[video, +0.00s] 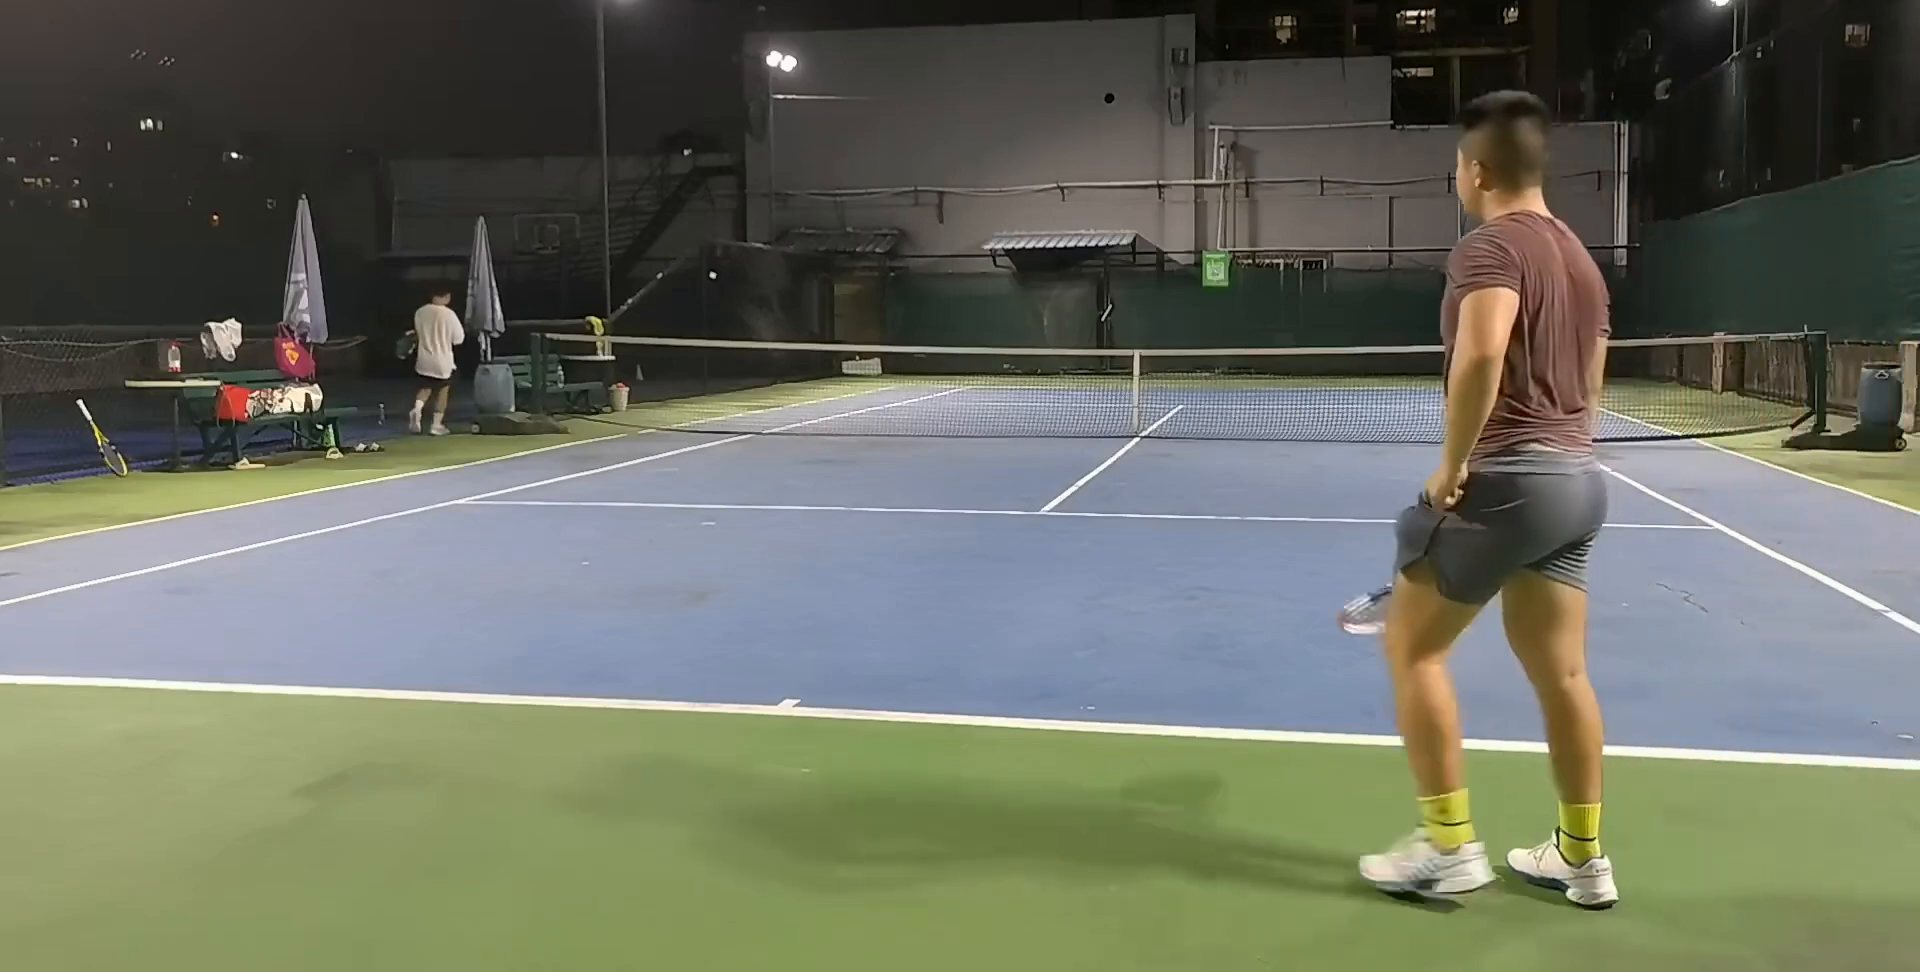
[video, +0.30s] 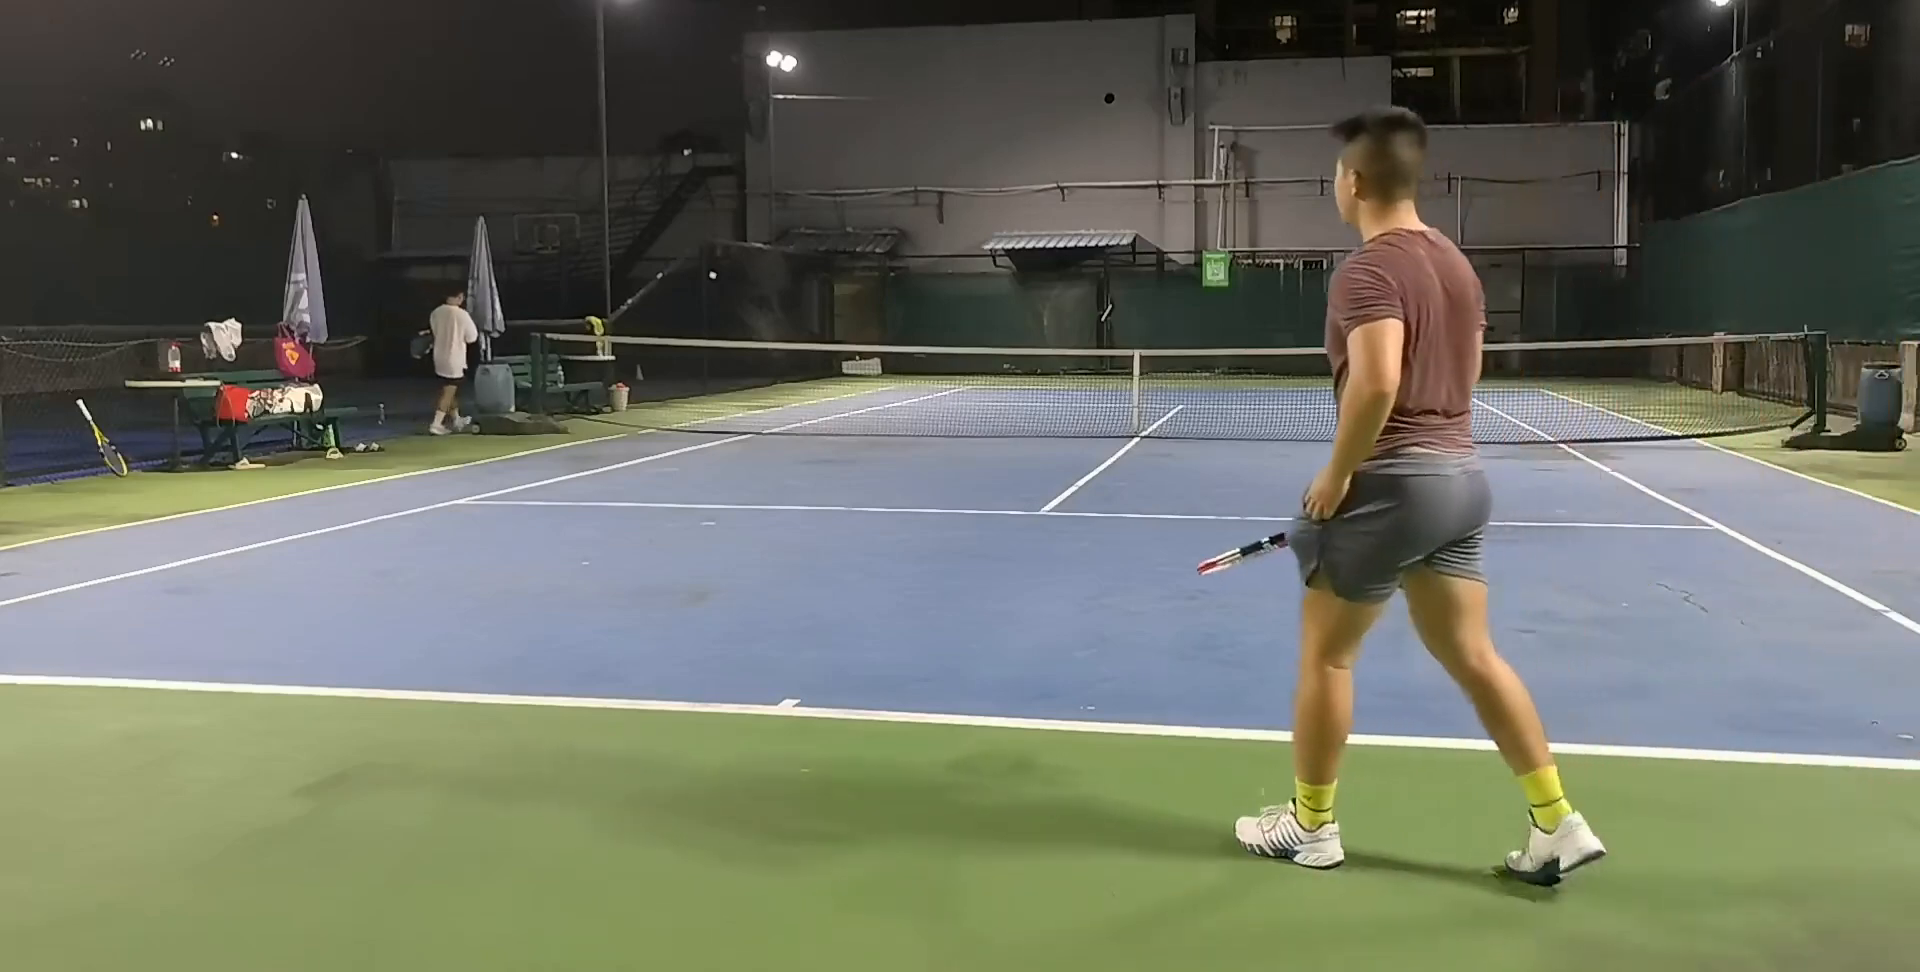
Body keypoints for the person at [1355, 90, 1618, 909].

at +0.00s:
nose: (1457, 176)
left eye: (1460, 163)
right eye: (1461, 162)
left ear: (1477, 169)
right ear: (1537, 169)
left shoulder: (1487, 246)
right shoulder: (1577, 258)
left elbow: (1480, 356)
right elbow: (1590, 384)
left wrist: (1451, 465)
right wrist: (1544, 450)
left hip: (1504, 478)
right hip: (1579, 477)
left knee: (1412, 644)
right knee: (1561, 667)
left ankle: (1448, 844)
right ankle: (1581, 854)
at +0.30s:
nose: (1335, 187)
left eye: (1339, 175)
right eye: (1339, 174)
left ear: (1356, 183)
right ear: (1415, 184)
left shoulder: (1368, 270)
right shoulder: (1458, 268)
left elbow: (1375, 383)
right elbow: (1459, 390)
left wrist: (1334, 477)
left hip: (1389, 480)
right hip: (1458, 476)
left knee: (1327, 654)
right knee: (1471, 652)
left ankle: (1312, 824)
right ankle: (1558, 822)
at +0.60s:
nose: (1241, 180)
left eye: (1244, 167)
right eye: (1244, 166)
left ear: (1258, 176)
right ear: (1315, 175)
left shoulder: (1263, 261)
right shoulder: (1364, 257)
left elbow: (1268, 373)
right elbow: (1400, 367)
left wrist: (1249, 473)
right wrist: (1417, 447)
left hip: (1297, 467)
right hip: (1362, 465)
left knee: (1288, 646)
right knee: (1303, 622)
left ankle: (1309, 821)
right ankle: (1343, 774)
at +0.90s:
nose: (1167, 193)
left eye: (1171, 182)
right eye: (1171, 181)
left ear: (1184, 191)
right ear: (1242, 195)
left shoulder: (1183, 267)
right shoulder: (1279, 274)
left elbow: (1187, 376)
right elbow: (1318, 382)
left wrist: (1179, 478)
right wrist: (1348, 470)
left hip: (1217, 470)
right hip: (1270, 466)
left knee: (1243, 649)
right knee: (1182, 619)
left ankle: (1306, 817)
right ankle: (1144, 775)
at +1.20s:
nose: (1114, 196)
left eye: (1115, 186)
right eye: (1121, 186)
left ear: (1123, 189)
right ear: (1181, 189)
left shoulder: (1124, 258)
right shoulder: (1205, 271)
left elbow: (1121, 368)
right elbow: (1203, 389)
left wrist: (1097, 464)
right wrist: (1172, 456)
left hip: (1138, 457)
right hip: (1191, 456)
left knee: (1075, 618)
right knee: (1151, 617)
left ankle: (1183, 750)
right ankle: (1141, 768)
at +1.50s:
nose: (1044, 204)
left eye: (1044, 195)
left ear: (1049, 197)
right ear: (1113, 198)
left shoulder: (1056, 269)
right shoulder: (1136, 273)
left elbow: (1068, 370)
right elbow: (1129, 379)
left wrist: (1040, 459)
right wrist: (1051, 434)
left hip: (1076, 461)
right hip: (1134, 455)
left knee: (1016, 615)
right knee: (1126, 615)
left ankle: (970, 757)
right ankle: (1140, 774)